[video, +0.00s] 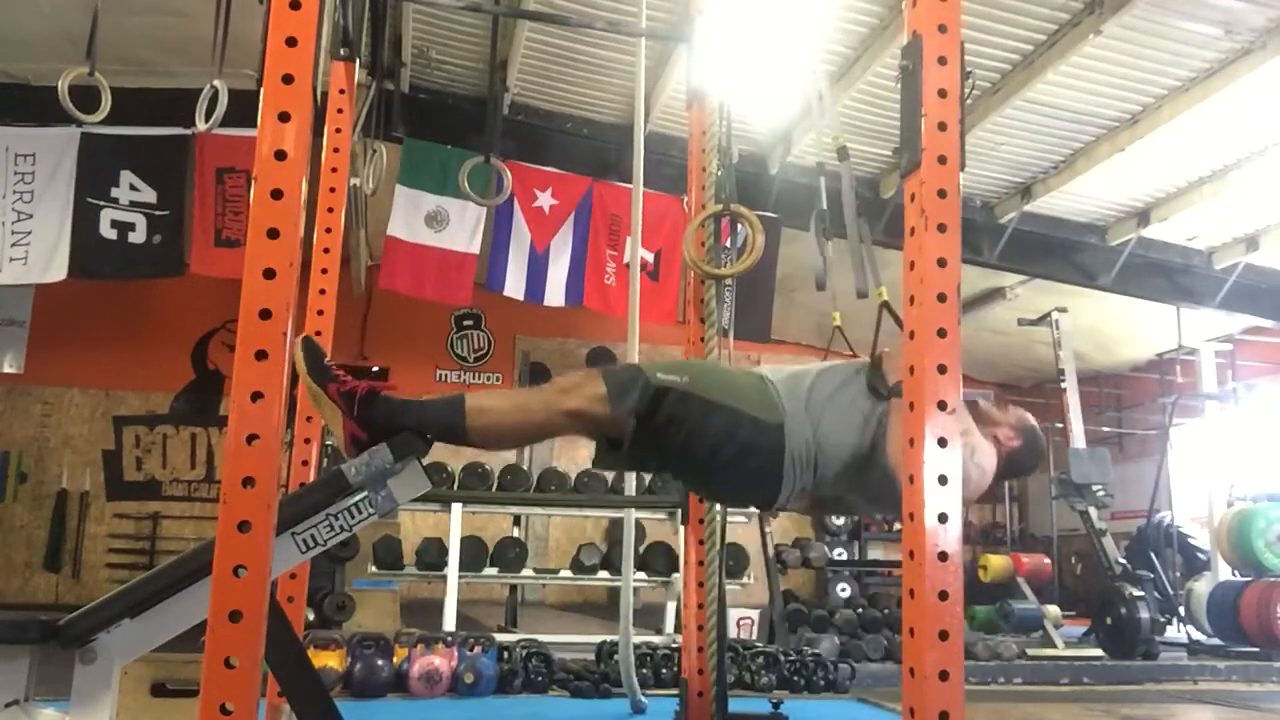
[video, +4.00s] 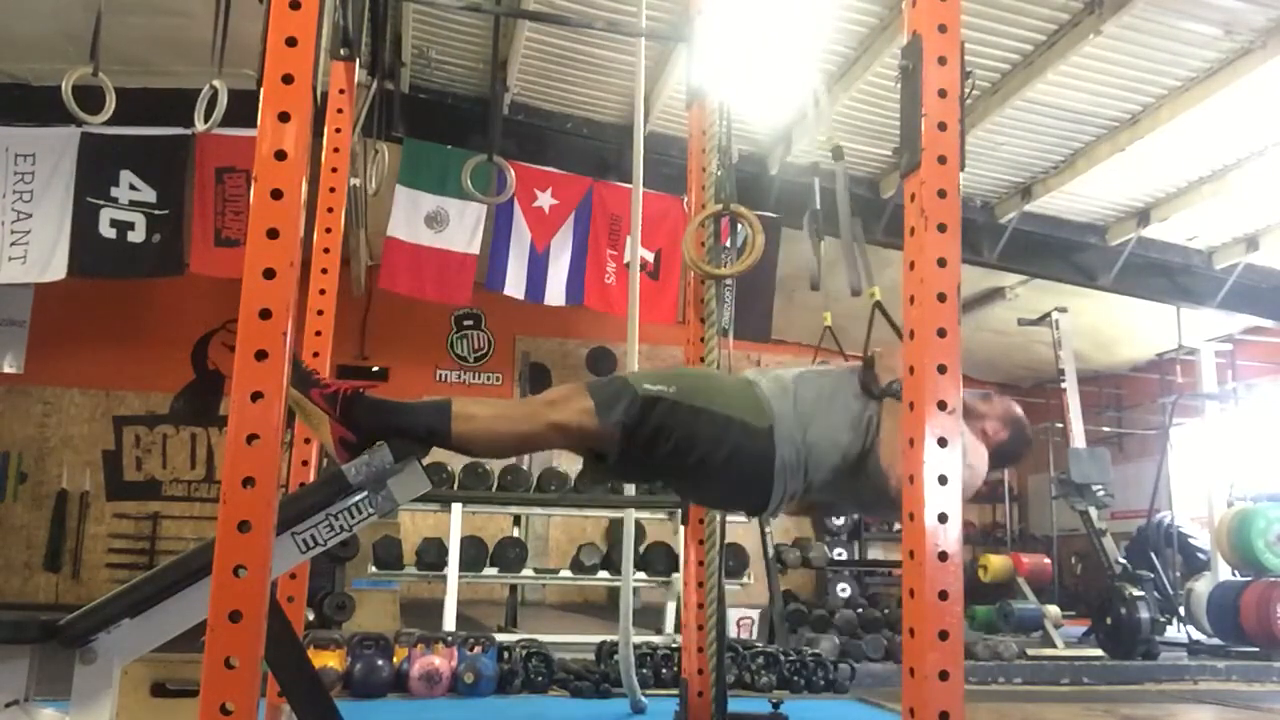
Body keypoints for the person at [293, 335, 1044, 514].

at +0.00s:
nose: (998, 420)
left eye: (1007, 432)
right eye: (1004, 420)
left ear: (1000, 460)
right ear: (992, 420)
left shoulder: (967, 467)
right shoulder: (945, 417)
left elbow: (905, 470)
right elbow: (875, 377)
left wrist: (905, 380)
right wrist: (894, 364)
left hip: (771, 444)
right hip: (758, 411)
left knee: (590, 393)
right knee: (581, 391)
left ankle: (386, 422)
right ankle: (383, 415)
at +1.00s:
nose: (756, 398)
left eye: (765, 411)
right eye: (768, 401)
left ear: (752, 441)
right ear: (751, 434)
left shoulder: (705, 450)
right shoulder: (698, 419)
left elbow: (625, 437)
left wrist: (660, 356)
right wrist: (663, 351)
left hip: (500, 361)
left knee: (323, 244)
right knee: (335, 308)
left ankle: (298, 415)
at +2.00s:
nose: (890, 461)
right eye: (897, 466)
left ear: (885, 517)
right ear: (903, 470)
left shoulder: (860, 520)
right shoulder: (856, 450)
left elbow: (805, 476)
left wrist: (809, 393)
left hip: (671, 431)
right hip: (678, 394)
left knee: (512, 304)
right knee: (505, 301)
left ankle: (351, 417)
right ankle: (363, 399)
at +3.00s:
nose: (947, 610)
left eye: (953, 629)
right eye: (957, 617)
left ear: (939, 659)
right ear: (942, 629)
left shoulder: (897, 649)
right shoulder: (890, 615)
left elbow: (876, 517)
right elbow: (871, 513)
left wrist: (852, 415)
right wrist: (844, 412)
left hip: (731, 554)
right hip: (734, 521)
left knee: (590, 432)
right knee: (576, 426)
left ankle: (382, 415)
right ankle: (390, 415)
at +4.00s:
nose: (992, 419)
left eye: (1002, 429)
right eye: (995, 412)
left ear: (998, 446)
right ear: (981, 401)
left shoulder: (959, 460)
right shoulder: (934, 406)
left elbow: (905, 484)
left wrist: (907, 390)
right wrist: (877, 369)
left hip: (762, 437)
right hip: (750, 420)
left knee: (577, 409)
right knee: (572, 406)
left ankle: (375, 420)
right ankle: (382, 419)